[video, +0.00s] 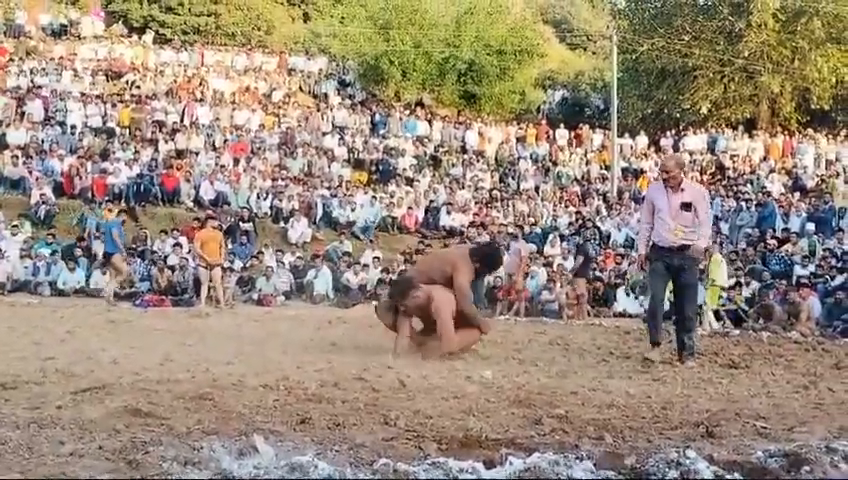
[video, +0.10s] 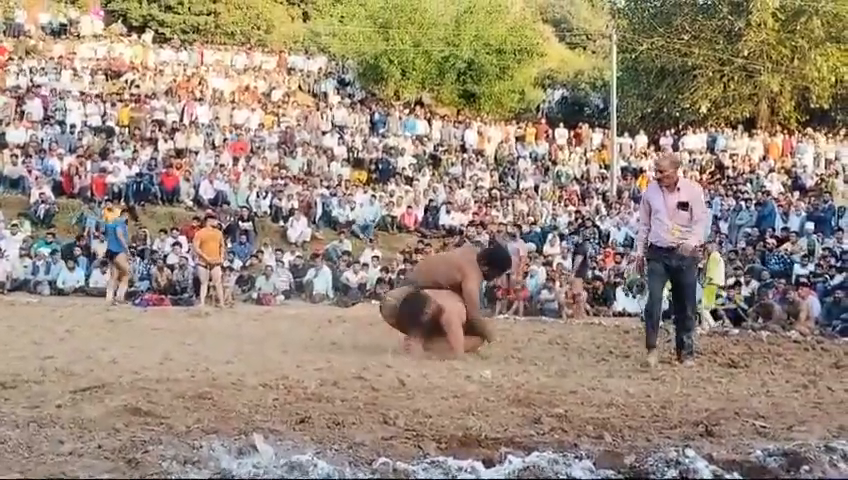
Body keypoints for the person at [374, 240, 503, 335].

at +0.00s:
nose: (486, 273)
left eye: (489, 271)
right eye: (487, 270)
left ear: (481, 253)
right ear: (481, 263)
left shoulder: (470, 251)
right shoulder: (462, 266)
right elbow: (465, 306)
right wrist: (480, 323)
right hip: (411, 285)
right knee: (385, 312)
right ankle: (416, 337)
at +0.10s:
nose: (496, 277)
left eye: (500, 274)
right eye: (498, 273)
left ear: (486, 254)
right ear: (490, 267)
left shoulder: (470, 251)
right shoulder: (471, 274)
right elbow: (473, 316)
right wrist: (490, 337)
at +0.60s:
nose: (516, 314)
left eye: (520, 312)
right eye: (515, 310)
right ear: (508, 298)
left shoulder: (521, 282)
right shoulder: (490, 291)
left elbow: (532, 318)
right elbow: (471, 329)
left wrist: (542, 351)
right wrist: (486, 352)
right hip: (434, 280)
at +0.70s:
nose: (515, 312)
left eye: (521, 311)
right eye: (515, 309)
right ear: (507, 298)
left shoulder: (517, 282)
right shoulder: (485, 290)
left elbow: (529, 319)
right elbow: (466, 328)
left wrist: (541, 350)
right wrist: (483, 348)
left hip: (465, 276)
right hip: (440, 278)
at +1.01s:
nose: (485, 308)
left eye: (489, 305)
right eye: (483, 304)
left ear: (498, 293)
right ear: (474, 292)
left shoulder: (496, 285)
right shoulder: (459, 290)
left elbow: (515, 319)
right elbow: (453, 332)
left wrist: (537, 349)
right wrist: (478, 348)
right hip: (427, 294)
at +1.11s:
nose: (477, 302)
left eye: (482, 300)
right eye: (474, 299)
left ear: (490, 287)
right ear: (466, 287)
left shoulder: (490, 279)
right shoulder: (450, 285)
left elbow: (511, 311)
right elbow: (453, 329)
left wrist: (523, 347)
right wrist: (478, 341)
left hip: (459, 303)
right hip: (426, 301)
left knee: (484, 340)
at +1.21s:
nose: (470, 300)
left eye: (475, 297)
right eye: (468, 296)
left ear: (485, 284)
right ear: (461, 284)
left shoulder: (483, 278)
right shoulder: (447, 284)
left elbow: (503, 299)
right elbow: (456, 330)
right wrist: (477, 338)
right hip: (418, 290)